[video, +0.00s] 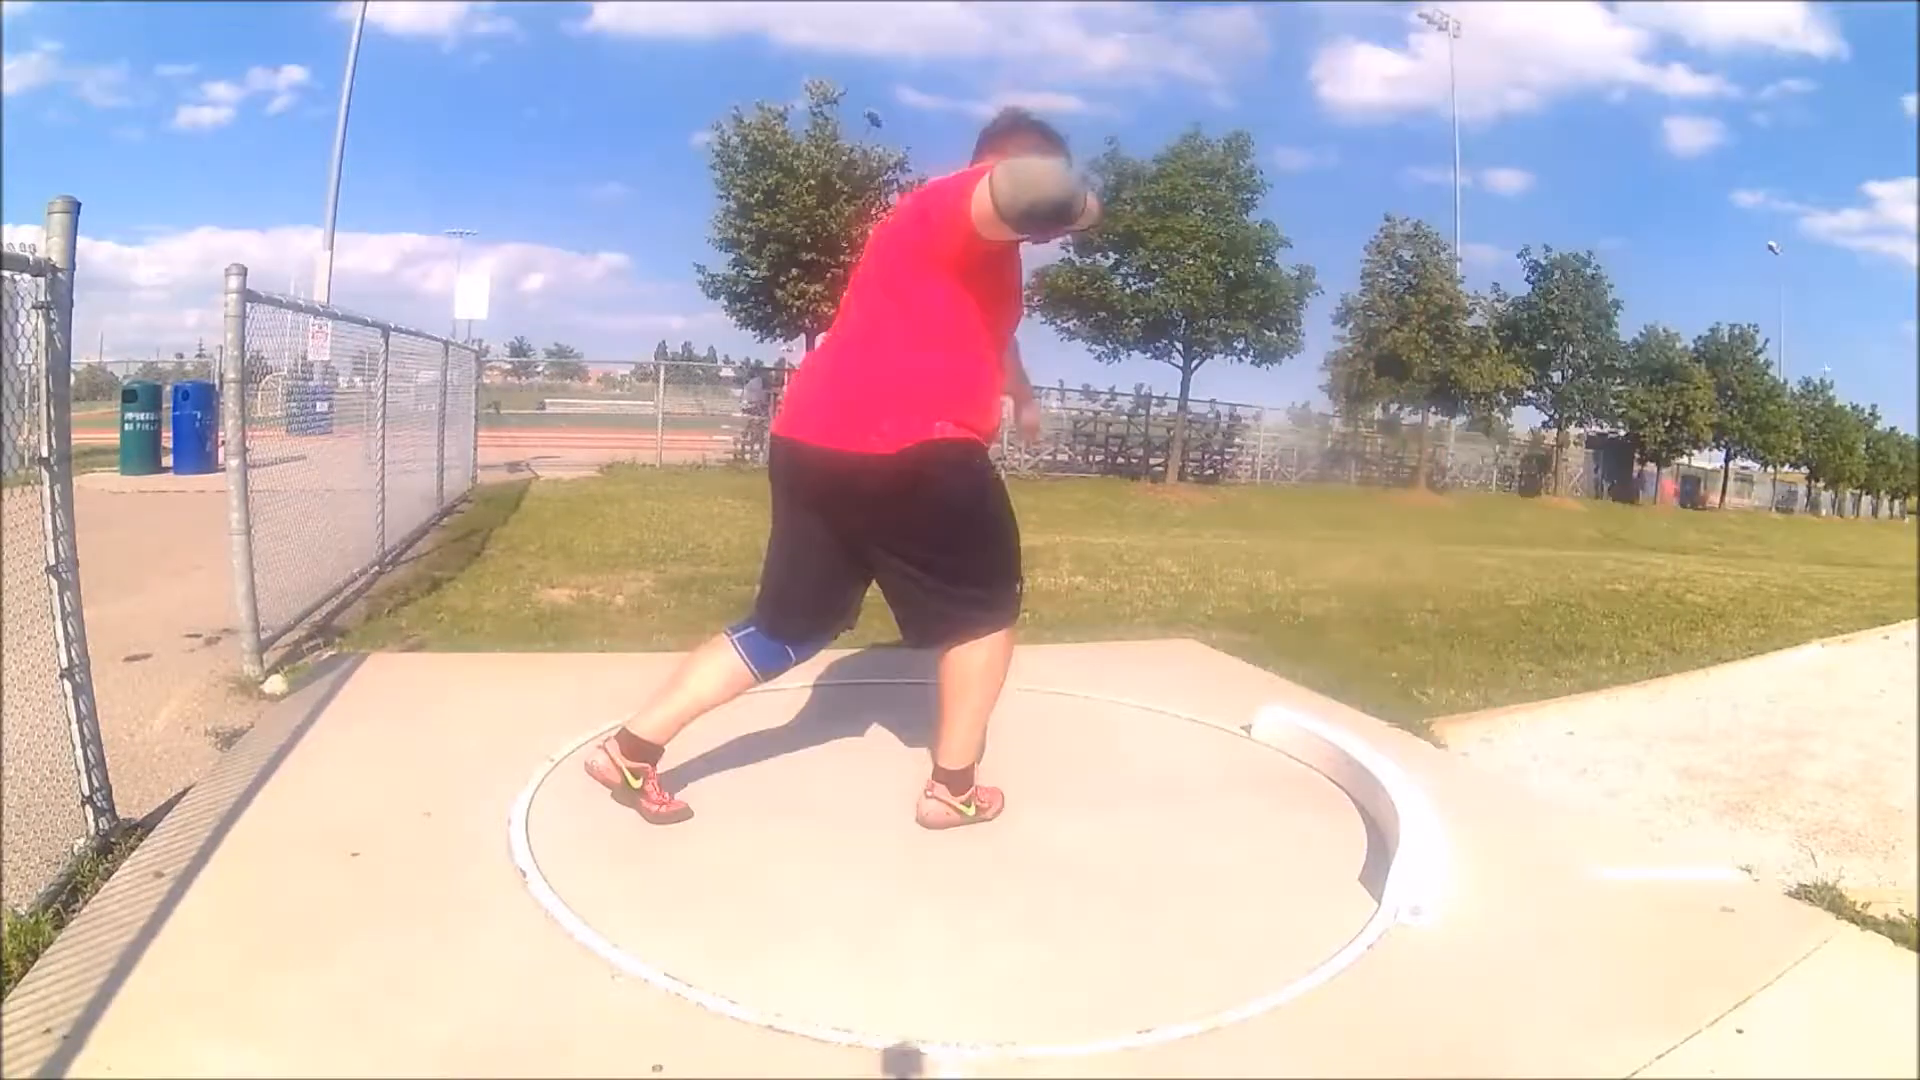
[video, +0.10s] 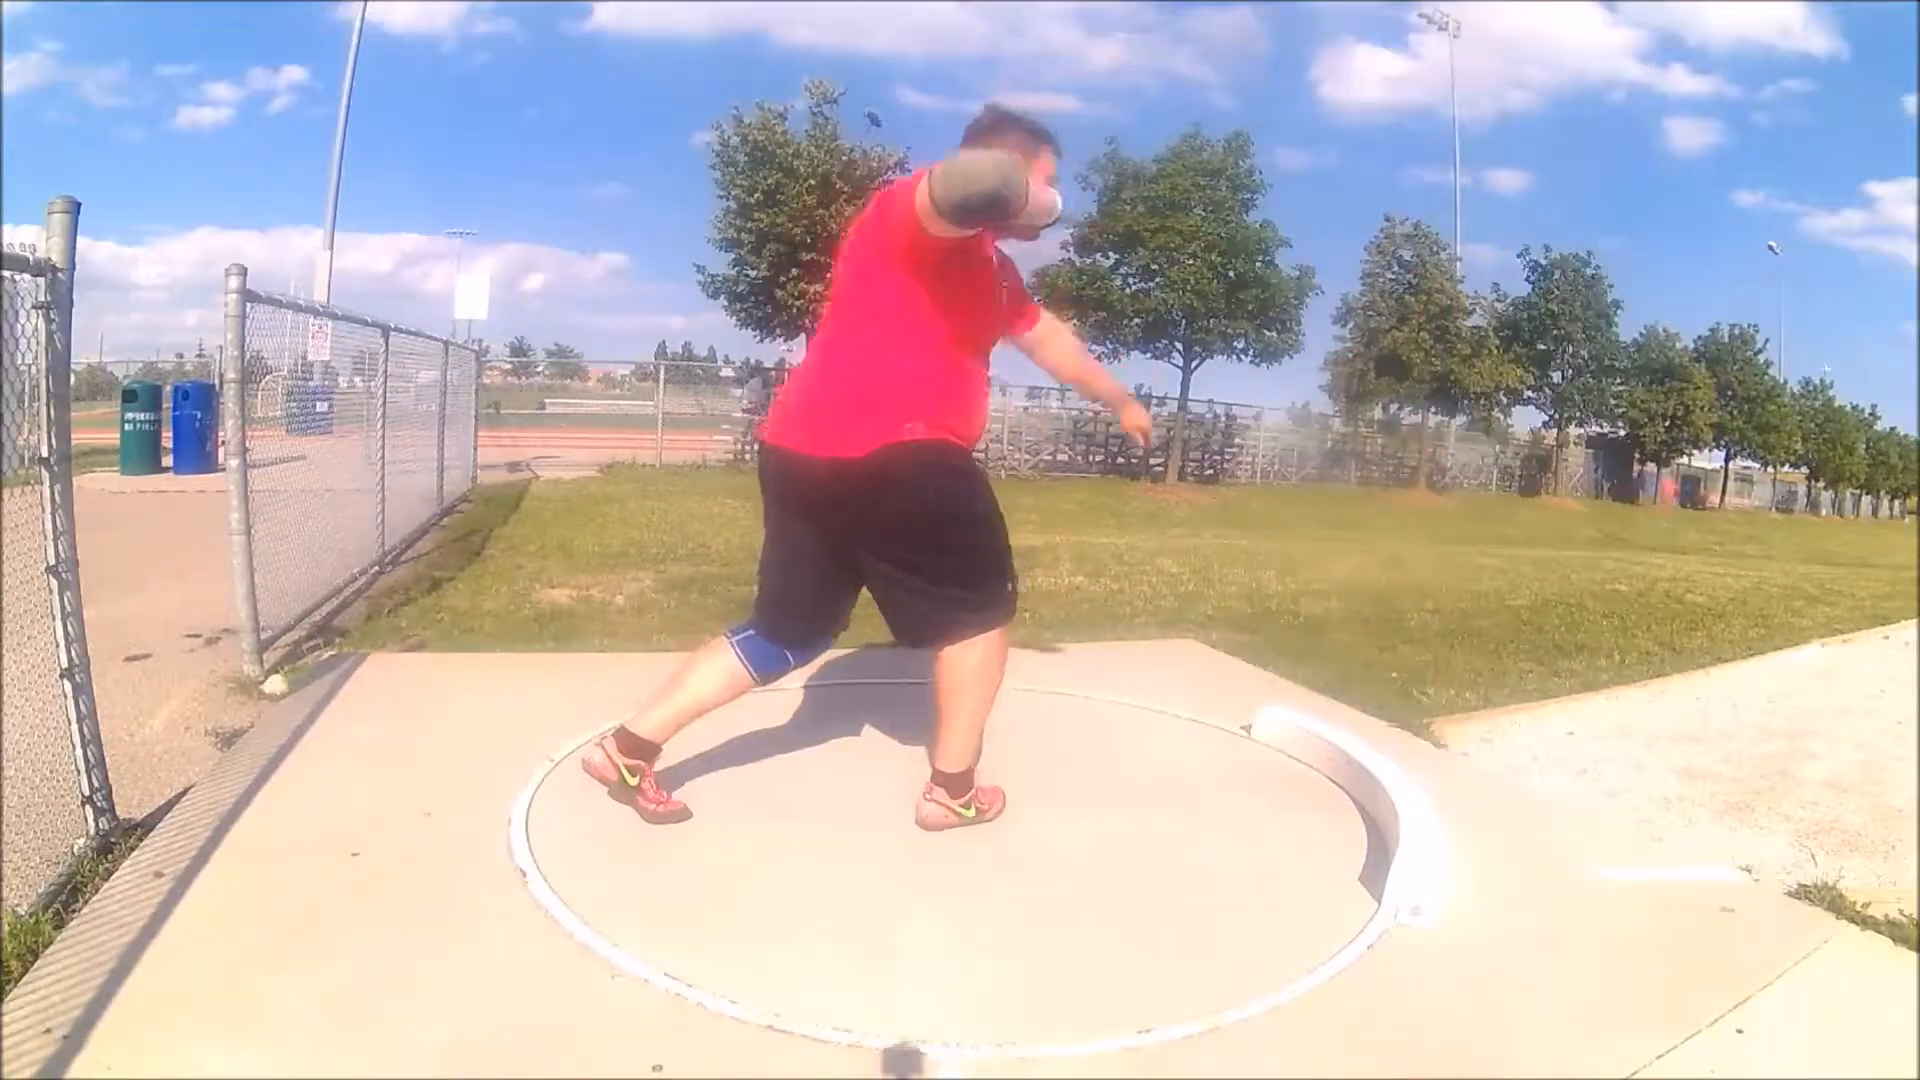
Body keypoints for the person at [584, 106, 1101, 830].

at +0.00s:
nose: (1043, 196)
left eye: (1047, 181)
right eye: (1039, 178)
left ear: (981, 157)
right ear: (1012, 161)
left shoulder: (909, 220)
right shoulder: (965, 197)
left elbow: (989, 332)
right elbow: (1034, 186)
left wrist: (1022, 395)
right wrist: (1082, 204)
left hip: (810, 440)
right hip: (921, 445)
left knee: (784, 627)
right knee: (984, 606)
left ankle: (632, 747)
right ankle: (953, 784)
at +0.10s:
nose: (1054, 200)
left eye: (1054, 184)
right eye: (1049, 182)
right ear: (1010, 170)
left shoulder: (991, 276)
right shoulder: (910, 202)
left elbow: (1051, 343)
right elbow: (969, 189)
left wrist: (1119, 398)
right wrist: (1019, 188)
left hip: (800, 446)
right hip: (909, 449)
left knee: (786, 629)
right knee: (979, 609)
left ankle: (632, 743)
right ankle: (953, 783)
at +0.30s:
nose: (1030, 185)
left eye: (1033, 170)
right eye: (1025, 166)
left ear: (979, 155)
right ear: (979, 152)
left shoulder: (999, 267)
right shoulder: (869, 204)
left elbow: (1091, 338)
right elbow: (858, 167)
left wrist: (1172, 404)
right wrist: (981, 186)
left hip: (781, 446)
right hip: (874, 444)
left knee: (778, 632)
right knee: (956, 604)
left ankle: (626, 741)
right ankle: (947, 787)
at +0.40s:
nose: (1025, 185)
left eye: (1027, 169)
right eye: (1019, 164)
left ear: (973, 159)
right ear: (972, 151)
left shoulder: (991, 259)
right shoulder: (856, 203)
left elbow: (1071, 327)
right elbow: (830, 160)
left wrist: (1095, 381)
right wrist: (958, 180)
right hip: (854, 436)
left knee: (772, 629)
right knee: (939, 601)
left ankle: (620, 744)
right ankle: (942, 788)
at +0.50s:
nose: (1023, 179)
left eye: (1026, 164)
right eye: (1017, 159)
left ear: (980, 153)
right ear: (966, 147)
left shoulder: (990, 256)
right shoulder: (853, 195)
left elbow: (1063, 331)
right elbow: (818, 157)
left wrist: (1005, 375)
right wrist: (948, 180)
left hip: (768, 432)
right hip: (848, 431)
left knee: (765, 622)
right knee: (925, 600)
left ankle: (617, 745)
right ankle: (941, 789)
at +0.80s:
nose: (1021, 209)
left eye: (1026, 193)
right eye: (1021, 189)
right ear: (985, 172)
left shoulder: (984, 277)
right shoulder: (869, 202)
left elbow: (1042, 352)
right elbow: (910, 200)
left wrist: (1071, 405)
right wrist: (988, 212)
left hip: (748, 432)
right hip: (847, 440)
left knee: (753, 619)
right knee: (928, 601)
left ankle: (612, 753)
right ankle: (940, 788)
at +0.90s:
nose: (1025, 217)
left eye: (1027, 204)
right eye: (1025, 202)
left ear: (957, 168)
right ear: (1006, 184)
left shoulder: (962, 281)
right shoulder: (928, 208)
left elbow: (1023, 366)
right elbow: (1008, 228)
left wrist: (1103, 436)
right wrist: (1053, 244)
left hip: (742, 435)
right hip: (849, 451)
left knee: (746, 620)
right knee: (945, 603)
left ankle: (612, 761)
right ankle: (941, 788)